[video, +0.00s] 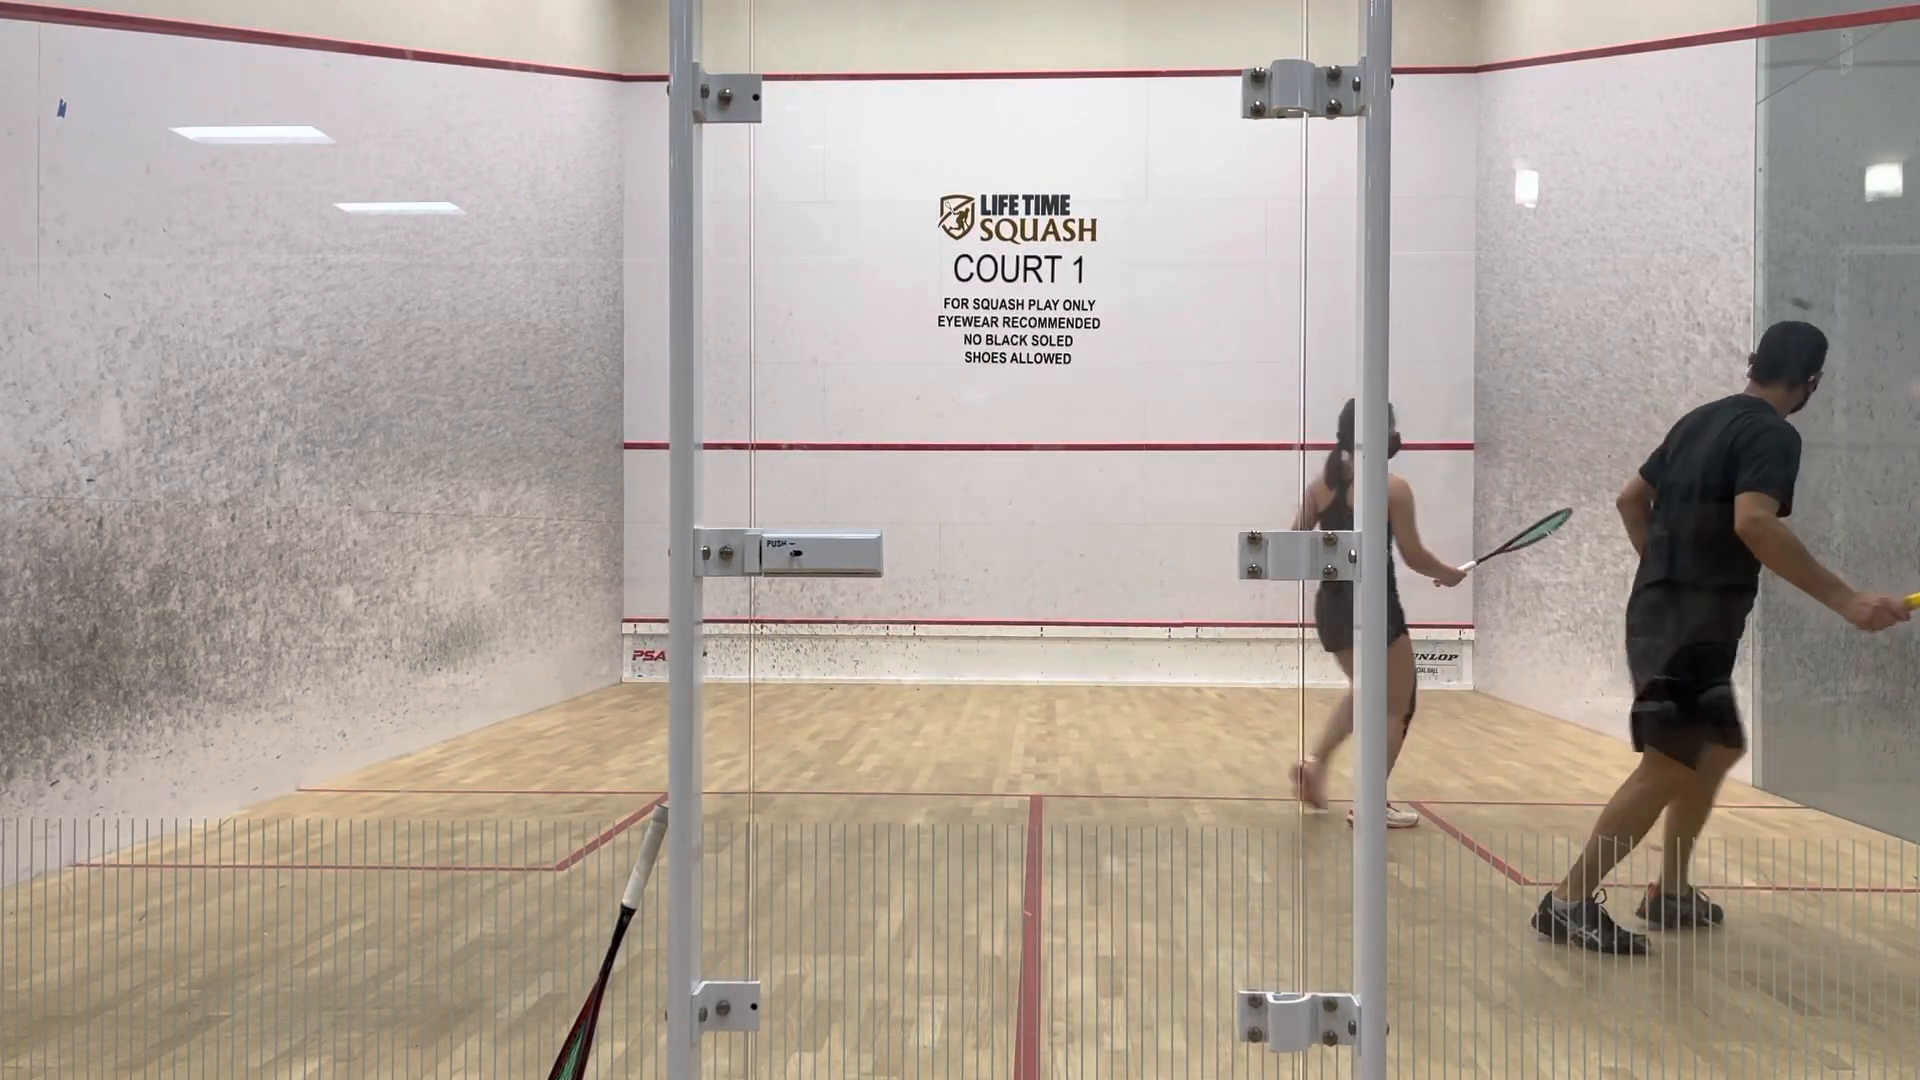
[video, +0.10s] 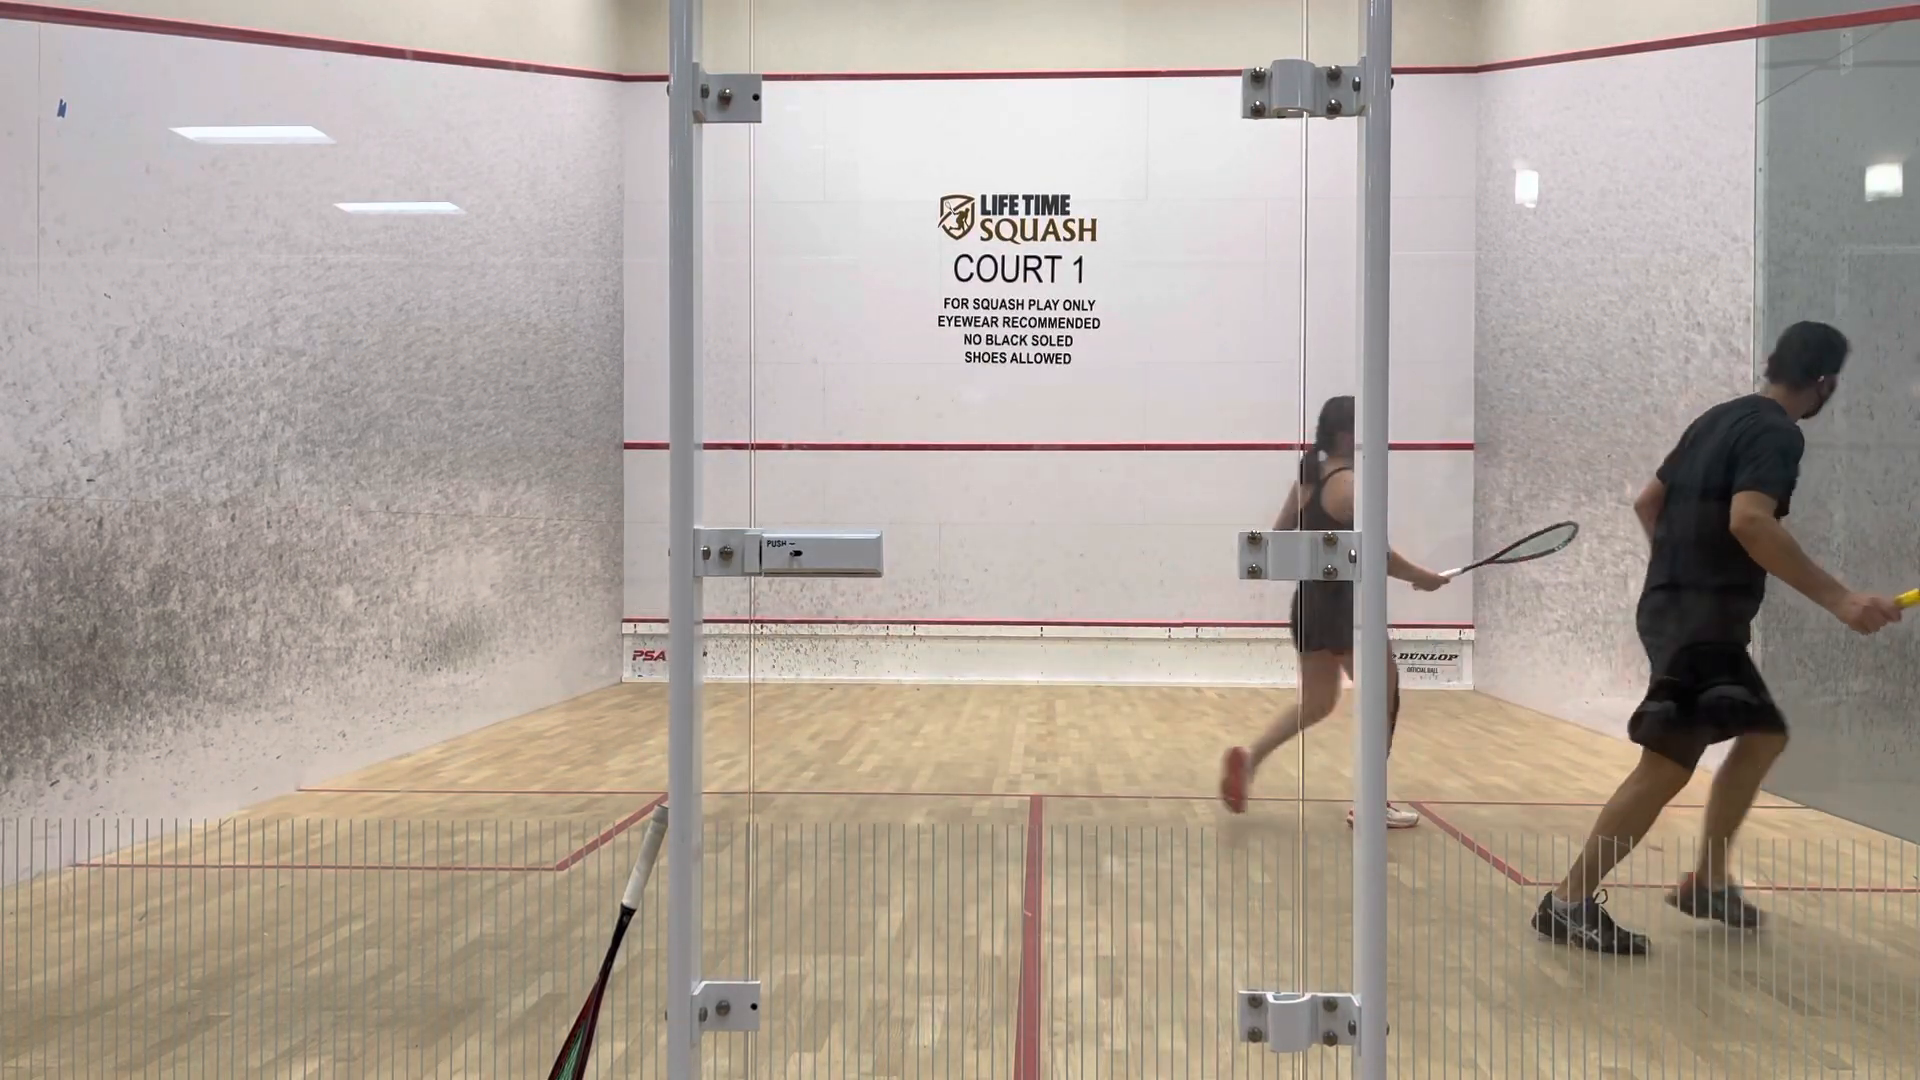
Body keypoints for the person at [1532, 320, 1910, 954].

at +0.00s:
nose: (1815, 391)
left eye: (1817, 381)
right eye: (1818, 381)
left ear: (1751, 366)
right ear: (1809, 380)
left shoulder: (1699, 419)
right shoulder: (1772, 432)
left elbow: (1633, 500)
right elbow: (1754, 522)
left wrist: (1666, 571)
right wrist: (1850, 600)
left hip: (1658, 619)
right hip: (1694, 627)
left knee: (1721, 743)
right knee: (1671, 759)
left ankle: (1670, 890)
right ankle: (1570, 899)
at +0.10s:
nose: (1833, 393)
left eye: (1833, 382)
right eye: (1835, 383)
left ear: (1773, 366)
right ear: (1823, 383)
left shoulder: (1719, 418)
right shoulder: (1775, 432)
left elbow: (1649, 501)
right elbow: (1750, 521)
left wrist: (1688, 573)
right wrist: (1843, 600)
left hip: (1676, 614)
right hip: (1701, 623)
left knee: (1765, 734)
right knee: (1667, 763)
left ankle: (1708, 882)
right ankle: (1570, 898)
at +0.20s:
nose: (1872, 398)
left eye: (1876, 386)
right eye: (1873, 385)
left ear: (1819, 368)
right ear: (1849, 378)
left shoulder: (1746, 412)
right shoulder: (1797, 424)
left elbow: (1678, 492)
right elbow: (1761, 509)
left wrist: (1714, 566)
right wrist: (1844, 583)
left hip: (1700, 611)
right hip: (1718, 620)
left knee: (1787, 733)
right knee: (1676, 759)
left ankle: (1795, 897)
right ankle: (1576, 894)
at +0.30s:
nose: (1906, 414)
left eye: (1912, 403)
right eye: (1907, 399)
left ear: (1868, 376)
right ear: (1879, 378)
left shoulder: (1795, 420)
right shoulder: (1824, 429)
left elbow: (1716, 500)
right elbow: (1782, 506)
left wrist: (1783, 593)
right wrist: (1867, 568)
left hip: (1739, 621)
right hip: (1739, 626)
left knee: (1813, 752)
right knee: (1687, 766)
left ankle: (1870, 909)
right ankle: (1580, 890)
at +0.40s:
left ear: (1905, 392)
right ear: (1912, 391)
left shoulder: (1866, 451)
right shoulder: (1856, 441)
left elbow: (1800, 544)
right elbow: (1801, 506)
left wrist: (1835, 622)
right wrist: (1884, 551)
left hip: (1800, 636)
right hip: (1766, 635)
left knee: (1859, 762)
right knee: (1744, 783)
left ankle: (1890, 919)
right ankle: (1601, 881)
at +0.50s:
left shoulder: (1908, 469)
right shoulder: (1896, 444)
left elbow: (1867, 552)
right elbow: (1817, 492)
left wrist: (1901, 626)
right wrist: (1899, 532)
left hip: (1826, 630)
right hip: (1776, 628)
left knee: (1880, 759)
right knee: (1826, 779)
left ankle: (1892, 919)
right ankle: (1668, 861)